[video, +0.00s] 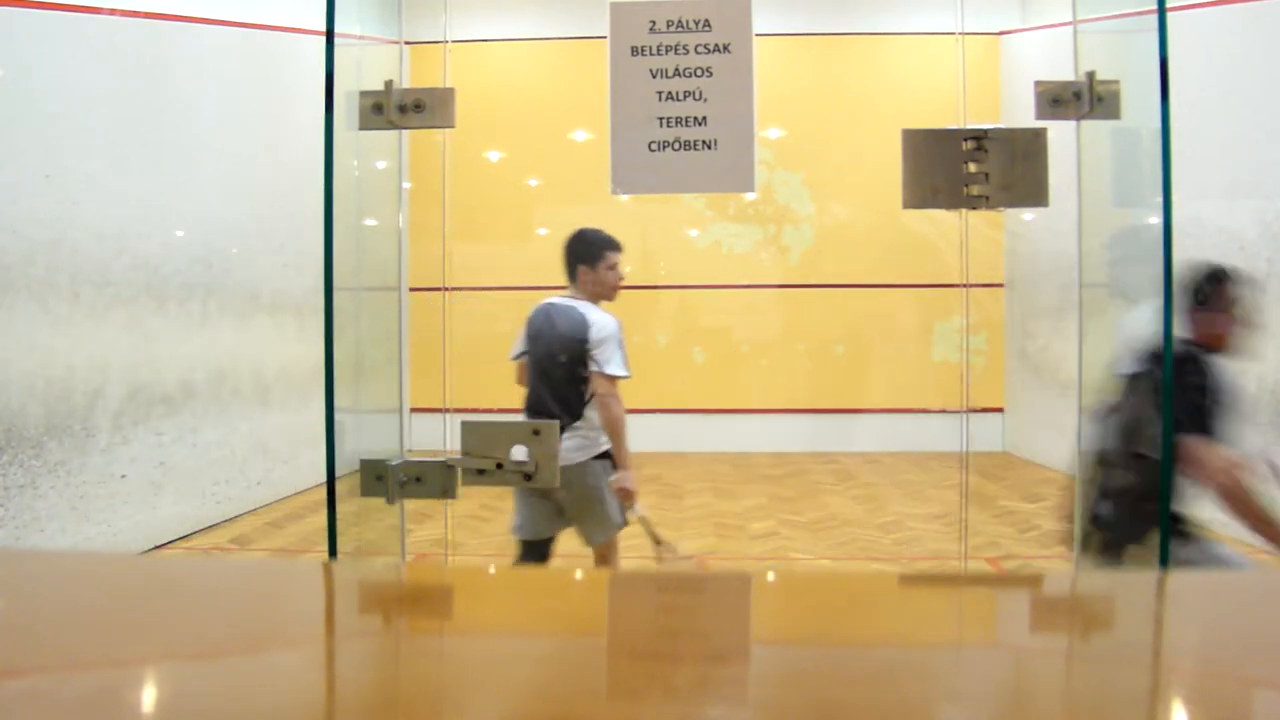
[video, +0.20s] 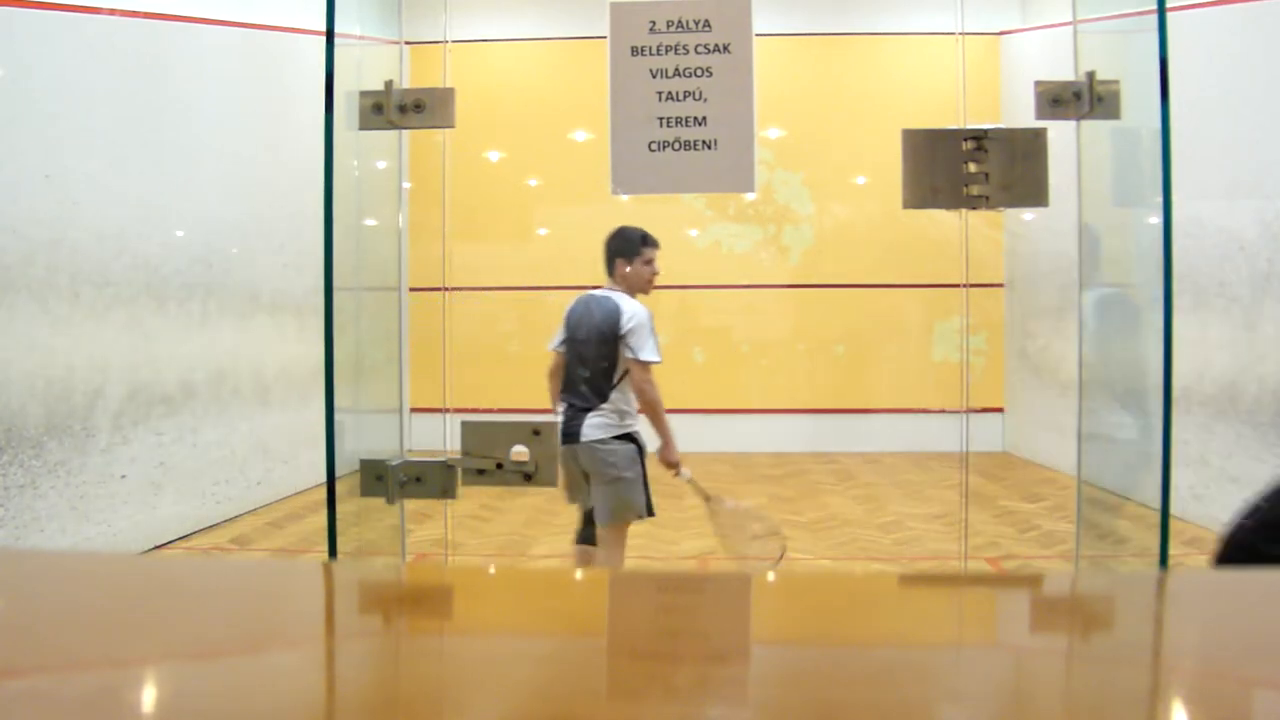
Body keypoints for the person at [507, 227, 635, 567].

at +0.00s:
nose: (620, 277)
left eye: (619, 268)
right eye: (612, 268)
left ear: (584, 275)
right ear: (585, 274)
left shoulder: (540, 312)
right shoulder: (601, 323)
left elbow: (523, 375)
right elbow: (605, 396)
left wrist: (574, 385)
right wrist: (623, 467)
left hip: (535, 456)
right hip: (583, 459)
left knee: (530, 559)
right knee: (606, 553)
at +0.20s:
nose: (656, 273)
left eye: (655, 264)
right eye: (648, 264)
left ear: (624, 268)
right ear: (623, 267)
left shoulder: (580, 305)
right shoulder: (633, 312)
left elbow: (556, 371)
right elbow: (642, 385)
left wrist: (564, 417)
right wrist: (667, 443)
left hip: (572, 434)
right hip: (609, 438)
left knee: (589, 522)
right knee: (612, 541)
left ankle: (581, 603)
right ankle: (606, 614)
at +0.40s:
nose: (678, 289)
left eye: (679, 281)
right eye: (672, 280)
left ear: (647, 283)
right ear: (648, 281)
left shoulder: (611, 321)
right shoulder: (657, 323)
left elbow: (583, 377)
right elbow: (665, 388)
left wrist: (567, 429)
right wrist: (695, 436)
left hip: (604, 442)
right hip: (637, 443)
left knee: (629, 535)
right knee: (630, 539)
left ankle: (625, 612)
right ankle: (616, 612)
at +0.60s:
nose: (697, 282)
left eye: (697, 275)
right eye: (692, 274)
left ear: (667, 276)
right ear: (668, 275)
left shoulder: (636, 314)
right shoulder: (680, 316)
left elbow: (619, 370)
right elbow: (683, 375)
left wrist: (626, 409)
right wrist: (702, 428)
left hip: (628, 425)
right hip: (663, 426)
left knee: (639, 504)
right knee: (688, 505)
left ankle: (634, 580)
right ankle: (651, 567)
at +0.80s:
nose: (726, 293)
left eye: (725, 286)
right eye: (722, 286)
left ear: (696, 290)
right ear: (705, 289)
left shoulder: (667, 324)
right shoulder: (713, 326)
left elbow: (658, 378)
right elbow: (710, 379)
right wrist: (726, 429)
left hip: (654, 423)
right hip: (693, 426)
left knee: (647, 498)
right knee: (720, 489)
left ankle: (635, 573)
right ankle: (726, 555)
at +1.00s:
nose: (762, 302)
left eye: (761, 296)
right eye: (761, 297)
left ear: (729, 300)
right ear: (755, 300)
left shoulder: (708, 331)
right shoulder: (756, 337)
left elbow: (690, 378)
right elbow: (753, 384)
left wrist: (714, 399)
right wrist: (768, 435)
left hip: (694, 423)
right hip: (731, 425)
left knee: (692, 493)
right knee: (737, 492)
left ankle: (664, 530)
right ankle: (723, 555)